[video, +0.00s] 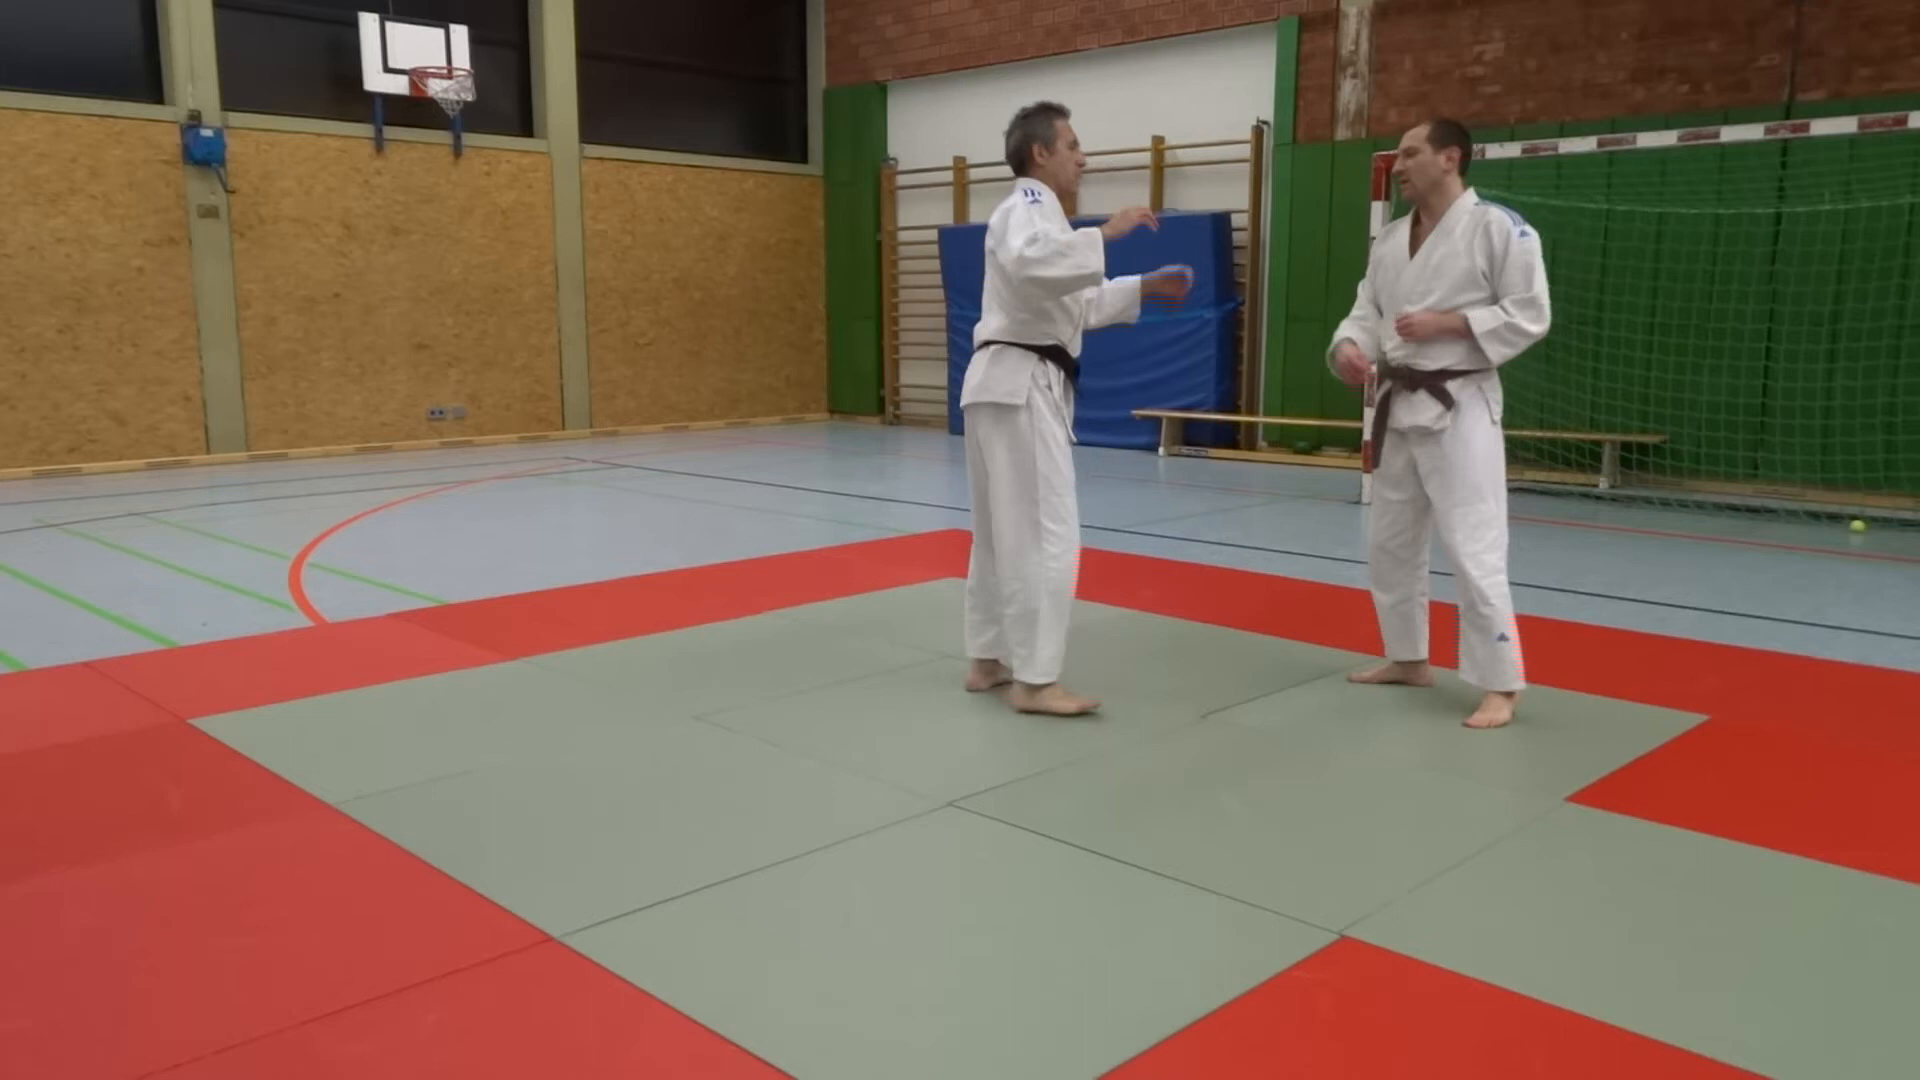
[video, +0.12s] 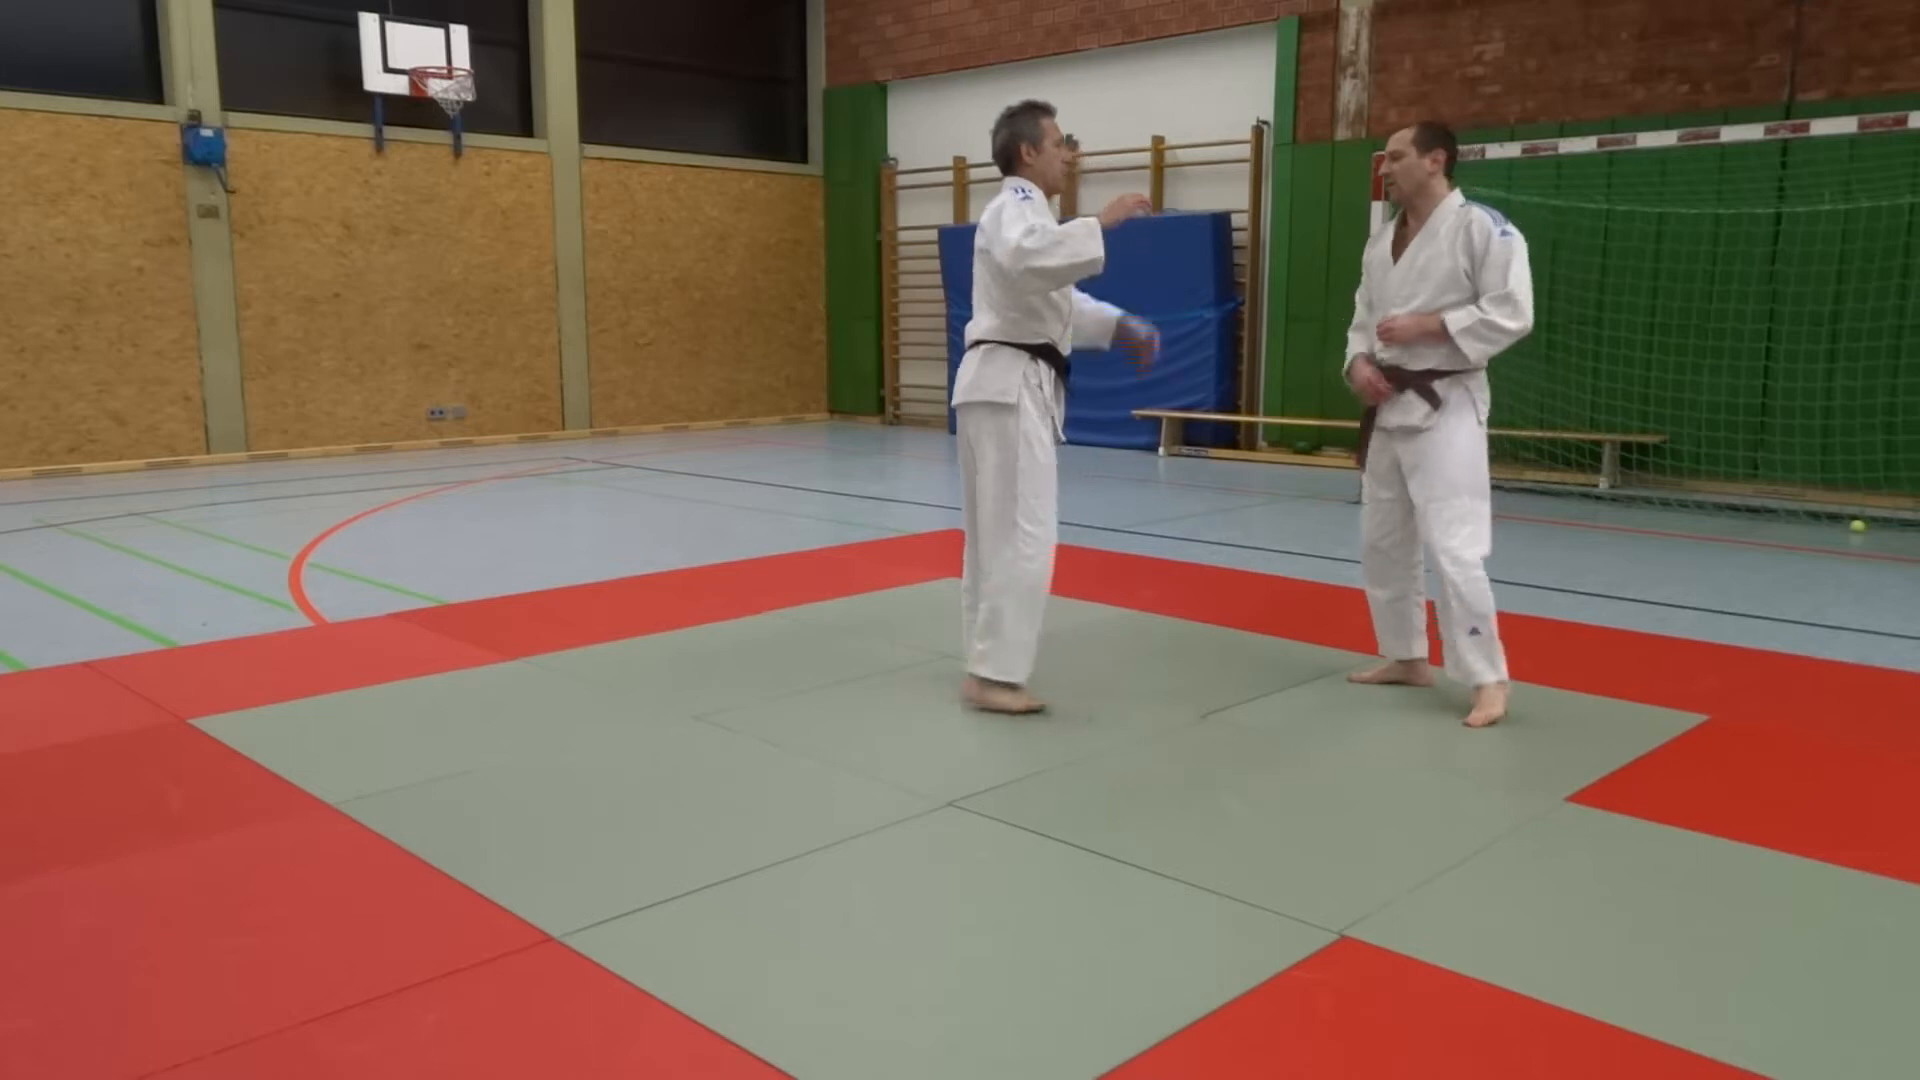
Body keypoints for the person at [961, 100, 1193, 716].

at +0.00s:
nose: (1084, 158)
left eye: (1080, 146)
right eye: (1073, 147)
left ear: (1039, 158)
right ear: (1040, 155)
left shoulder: (1037, 219)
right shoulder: (1029, 204)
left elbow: (1070, 309)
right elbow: (1033, 260)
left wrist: (1142, 288)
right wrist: (1106, 230)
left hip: (1000, 379)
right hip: (1024, 382)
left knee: (1000, 524)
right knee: (1050, 533)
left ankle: (988, 661)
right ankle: (1037, 683)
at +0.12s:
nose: (1071, 153)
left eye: (1067, 143)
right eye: (1061, 143)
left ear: (1026, 156)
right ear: (1030, 152)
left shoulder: (1020, 212)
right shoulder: (1018, 204)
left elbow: (1051, 304)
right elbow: (1025, 256)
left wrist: (1116, 326)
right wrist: (1101, 221)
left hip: (1001, 378)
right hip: (1011, 382)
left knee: (997, 526)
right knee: (1024, 531)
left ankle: (989, 666)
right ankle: (995, 676)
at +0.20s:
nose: (1058, 154)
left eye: (1054, 144)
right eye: (1048, 143)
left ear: (1017, 154)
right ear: (1018, 151)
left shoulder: (1024, 212)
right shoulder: (1001, 204)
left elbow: (1048, 310)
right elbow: (1030, 253)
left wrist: (1084, 375)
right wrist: (1104, 213)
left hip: (1013, 378)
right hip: (996, 378)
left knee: (994, 527)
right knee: (999, 532)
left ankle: (970, 656)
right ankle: (954, 667)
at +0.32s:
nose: (1048, 154)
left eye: (1044, 143)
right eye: (1038, 143)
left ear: (1004, 155)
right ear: (1007, 153)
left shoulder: (1002, 208)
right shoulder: (992, 207)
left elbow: (1038, 256)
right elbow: (1033, 249)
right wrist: (1096, 211)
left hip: (994, 375)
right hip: (984, 377)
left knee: (983, 525)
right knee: (971, 528)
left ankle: (977, 657)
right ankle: (911, 665)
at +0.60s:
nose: (1024, 156)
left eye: (1021, 145)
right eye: (1015, 145)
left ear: (984, 154)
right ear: (983, 153)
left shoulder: (989, 214)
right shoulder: (957, 211)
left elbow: (1017, 289)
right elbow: (1012, 281)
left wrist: (1058, 262)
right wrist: (1068, 251)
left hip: (968, 383)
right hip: (939, 383)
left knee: (965, 526)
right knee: (937, 532)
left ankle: (976, 655)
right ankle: (902, 678)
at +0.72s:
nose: (1013, 164)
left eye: (1011, 152)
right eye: (1006, 153)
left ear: (967, 159)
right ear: (976, 159)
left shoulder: (964, 214)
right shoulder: (945, 218)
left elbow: (930, 306)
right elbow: (1017, 301)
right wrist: (1052, 272)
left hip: (935, 388)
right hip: (912, 389)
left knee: (939, 526)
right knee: (923, 533)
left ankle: (958, 654)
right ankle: (906, 681)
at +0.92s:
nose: (982, 162)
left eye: (980, 149)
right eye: (974, 150)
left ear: (937, 157)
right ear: (946, 156)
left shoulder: (929, 212)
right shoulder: (914, 217)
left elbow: (958, 281)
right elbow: (965, 308)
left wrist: (1018, 290)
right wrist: (1028, 332)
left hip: (893, 384)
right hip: (886, 388)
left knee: (893, 526)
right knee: (901, 532)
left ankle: (873, 653)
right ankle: (893, 679)